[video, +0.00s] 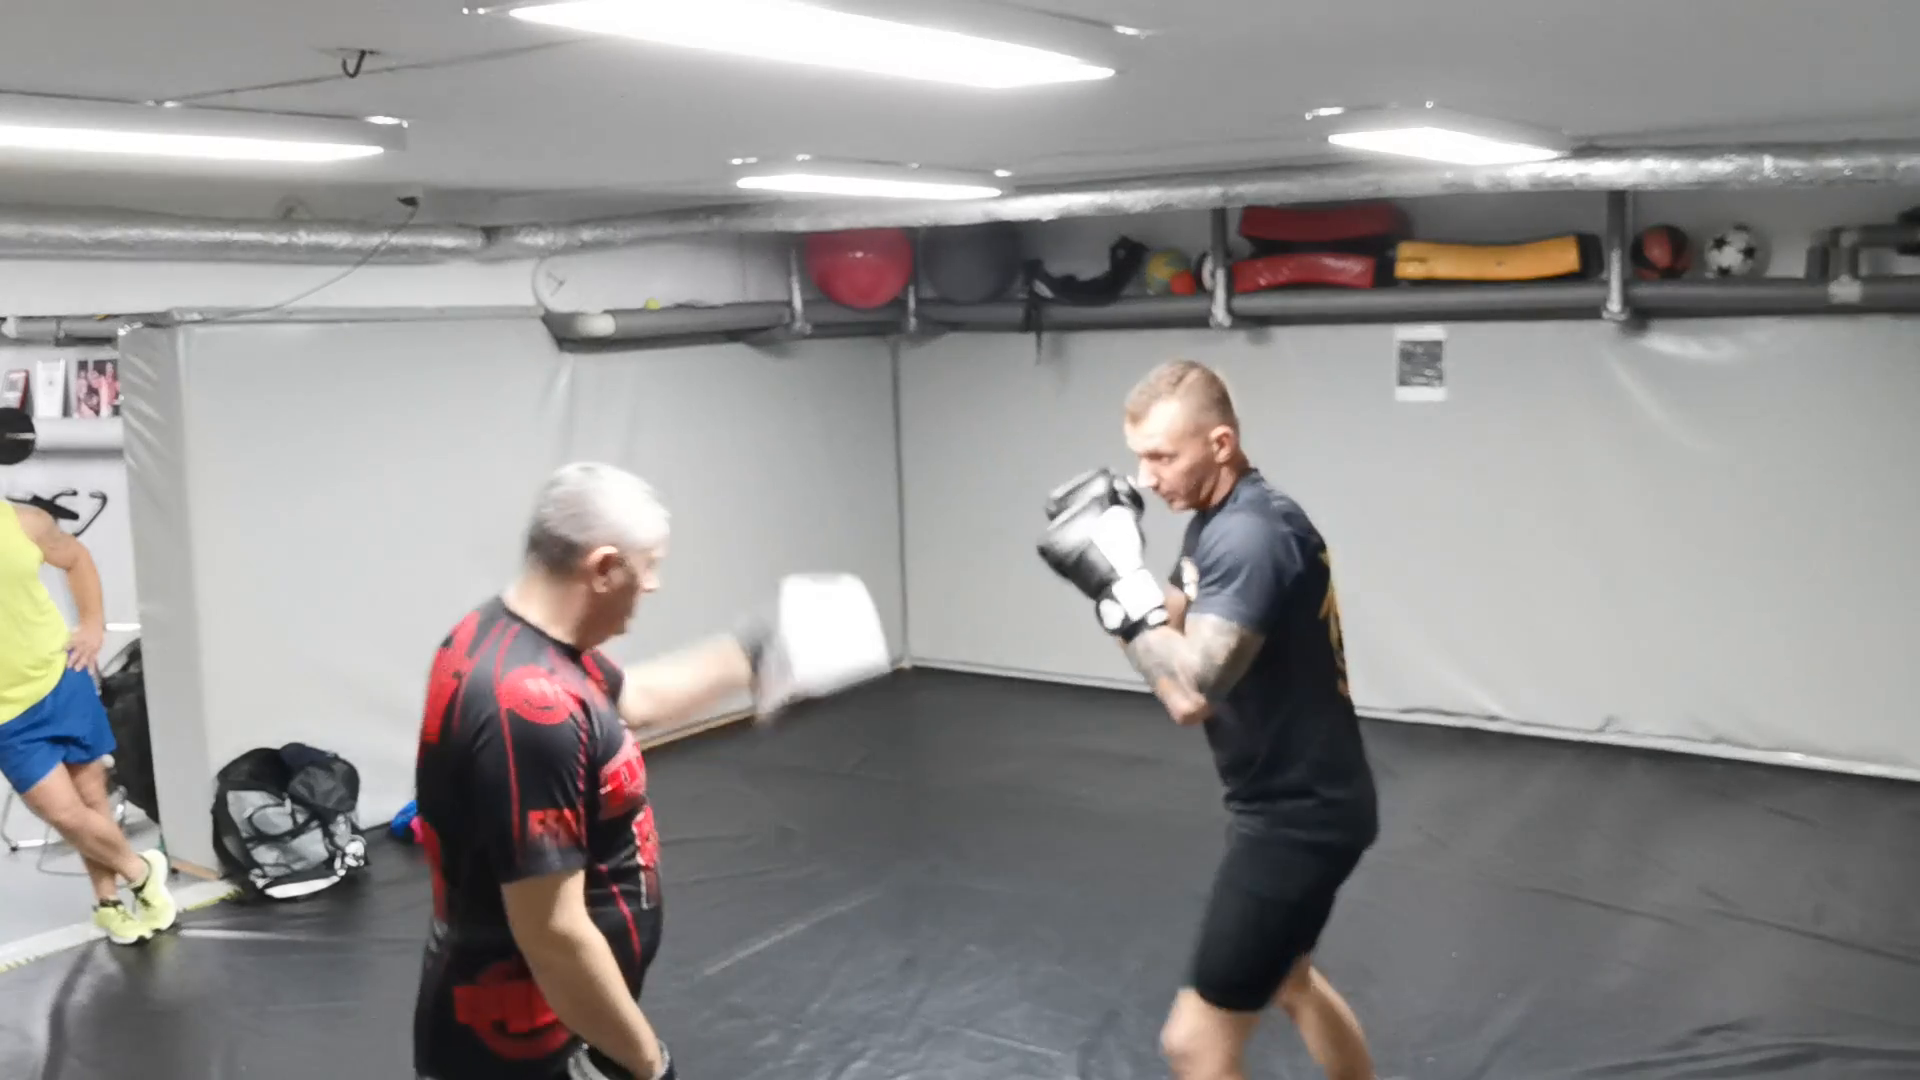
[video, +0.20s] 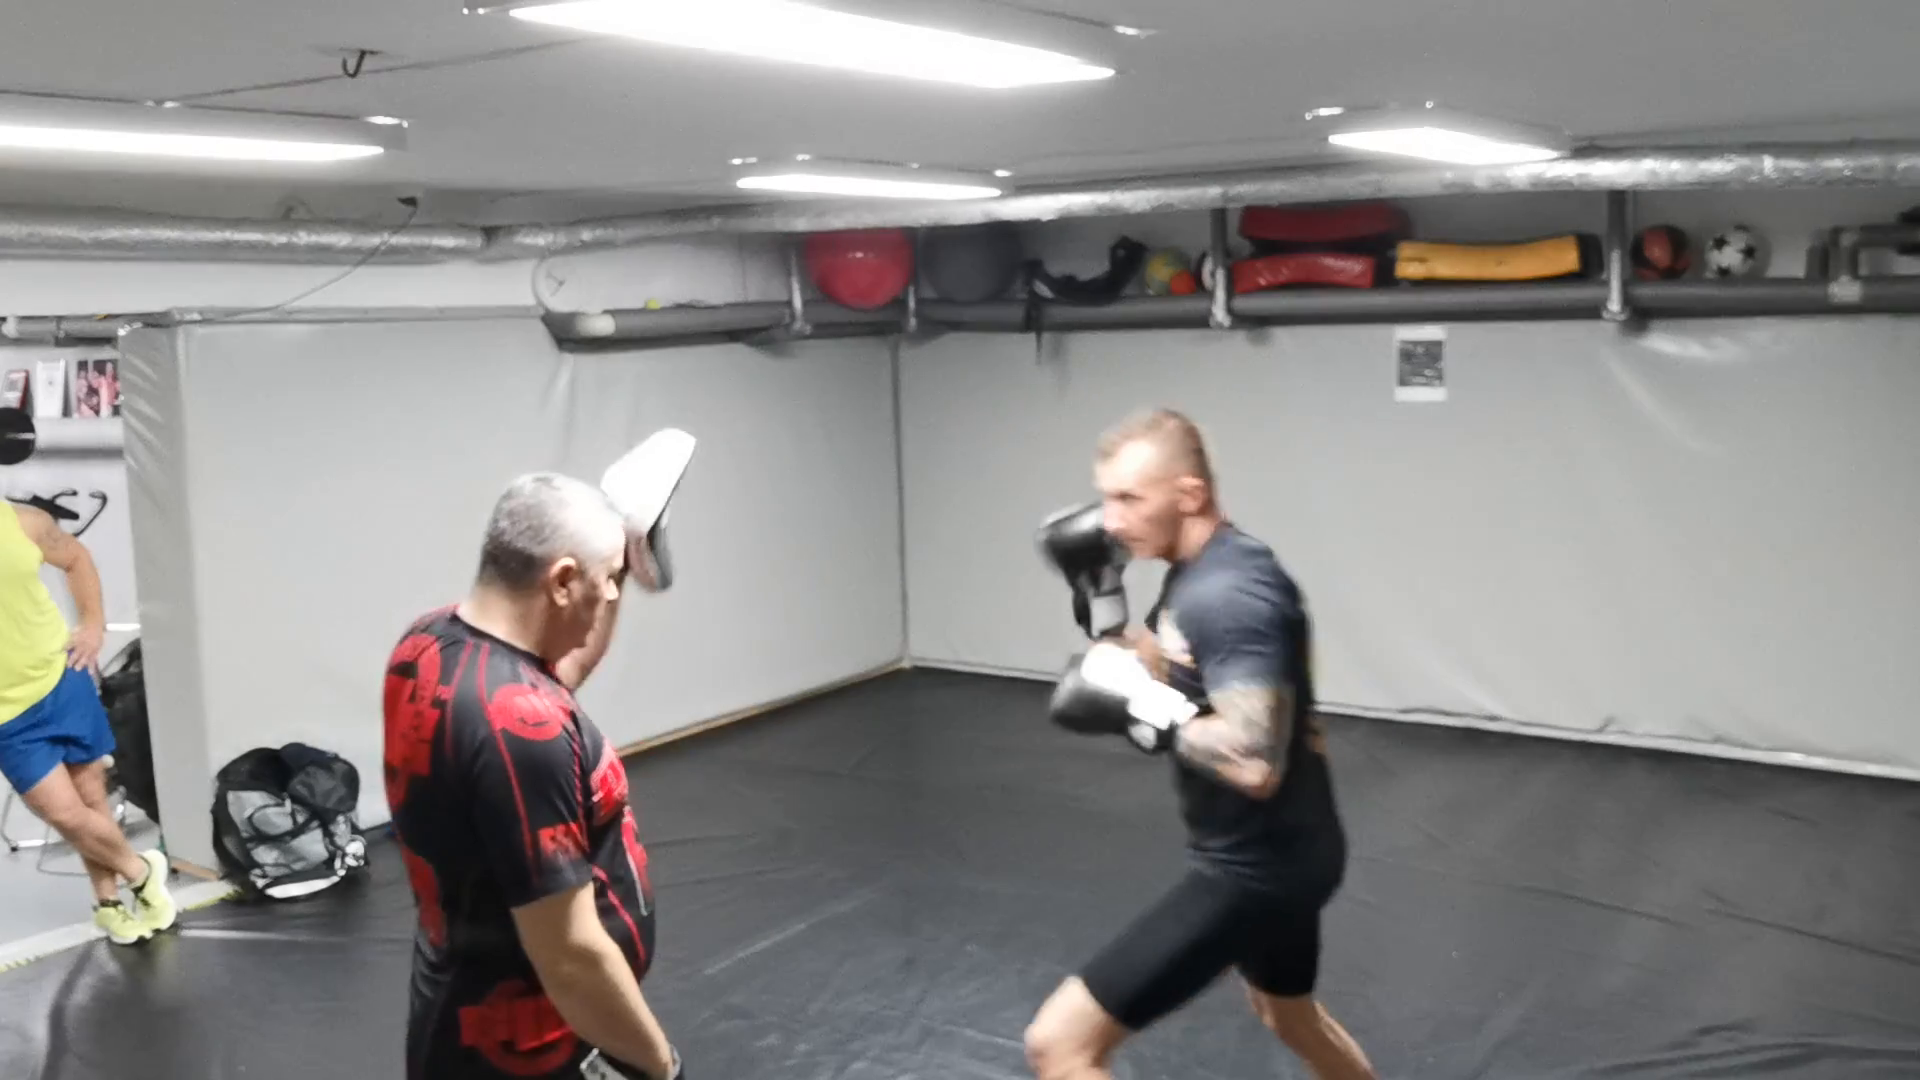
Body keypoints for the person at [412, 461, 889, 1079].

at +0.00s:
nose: (654, 586)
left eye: (657, 568)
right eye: (650, 567)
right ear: (602, 567)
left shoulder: (499, 632)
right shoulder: (528, 706)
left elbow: (633, 697)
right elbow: (552, 929)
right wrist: (650, 1061)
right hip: (531, 1046)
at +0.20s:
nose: (612, 598)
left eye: (620, 580)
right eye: (611, 579)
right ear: (563, 582)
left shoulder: (425, 645)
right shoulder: (518, 724)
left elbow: (556, 678)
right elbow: (570, 954)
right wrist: (661, 1063)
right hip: (532, 1045)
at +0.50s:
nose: (570, 589)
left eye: (569, 572)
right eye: (562, 574)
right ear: (508, 581)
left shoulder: (391, 635)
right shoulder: (488, 733)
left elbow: (576, 648)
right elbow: (542, 956)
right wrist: (643, 1062)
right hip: (512, 1048)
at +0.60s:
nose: (572, 606)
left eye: (570, 588)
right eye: (563, 588)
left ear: (499, 598)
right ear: (502, 598)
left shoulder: (399, 659)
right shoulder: (456, 750)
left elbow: (525, 779)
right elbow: (511, 966)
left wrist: (654, 759)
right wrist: (620, 1068)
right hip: (480, 1060)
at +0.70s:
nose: (570, 612)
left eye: (569, 593)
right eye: (560, 593)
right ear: (501, 600)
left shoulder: (425, 661)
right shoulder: (428, 751)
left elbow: (499, 819)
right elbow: (464, 982)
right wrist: (582, 1071)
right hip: (435, 1061)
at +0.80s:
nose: (573, 609)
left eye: (572, 589)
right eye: (562, 591)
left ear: (499, 595)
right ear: (501, 594)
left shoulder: (428, 658)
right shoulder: (420, 737)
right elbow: (427, 974)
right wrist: (525, 1069)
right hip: (401, 1057)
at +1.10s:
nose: (567, 630)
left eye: (567, 609)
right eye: (555, 610)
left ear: (491, 609)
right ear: (491, 608)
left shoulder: (468, 685)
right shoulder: (366, 718)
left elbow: (469, 866)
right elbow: (327, 944)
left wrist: (529, 979)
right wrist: (415, 1072)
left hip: (416, 1033)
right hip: (322, 1055)